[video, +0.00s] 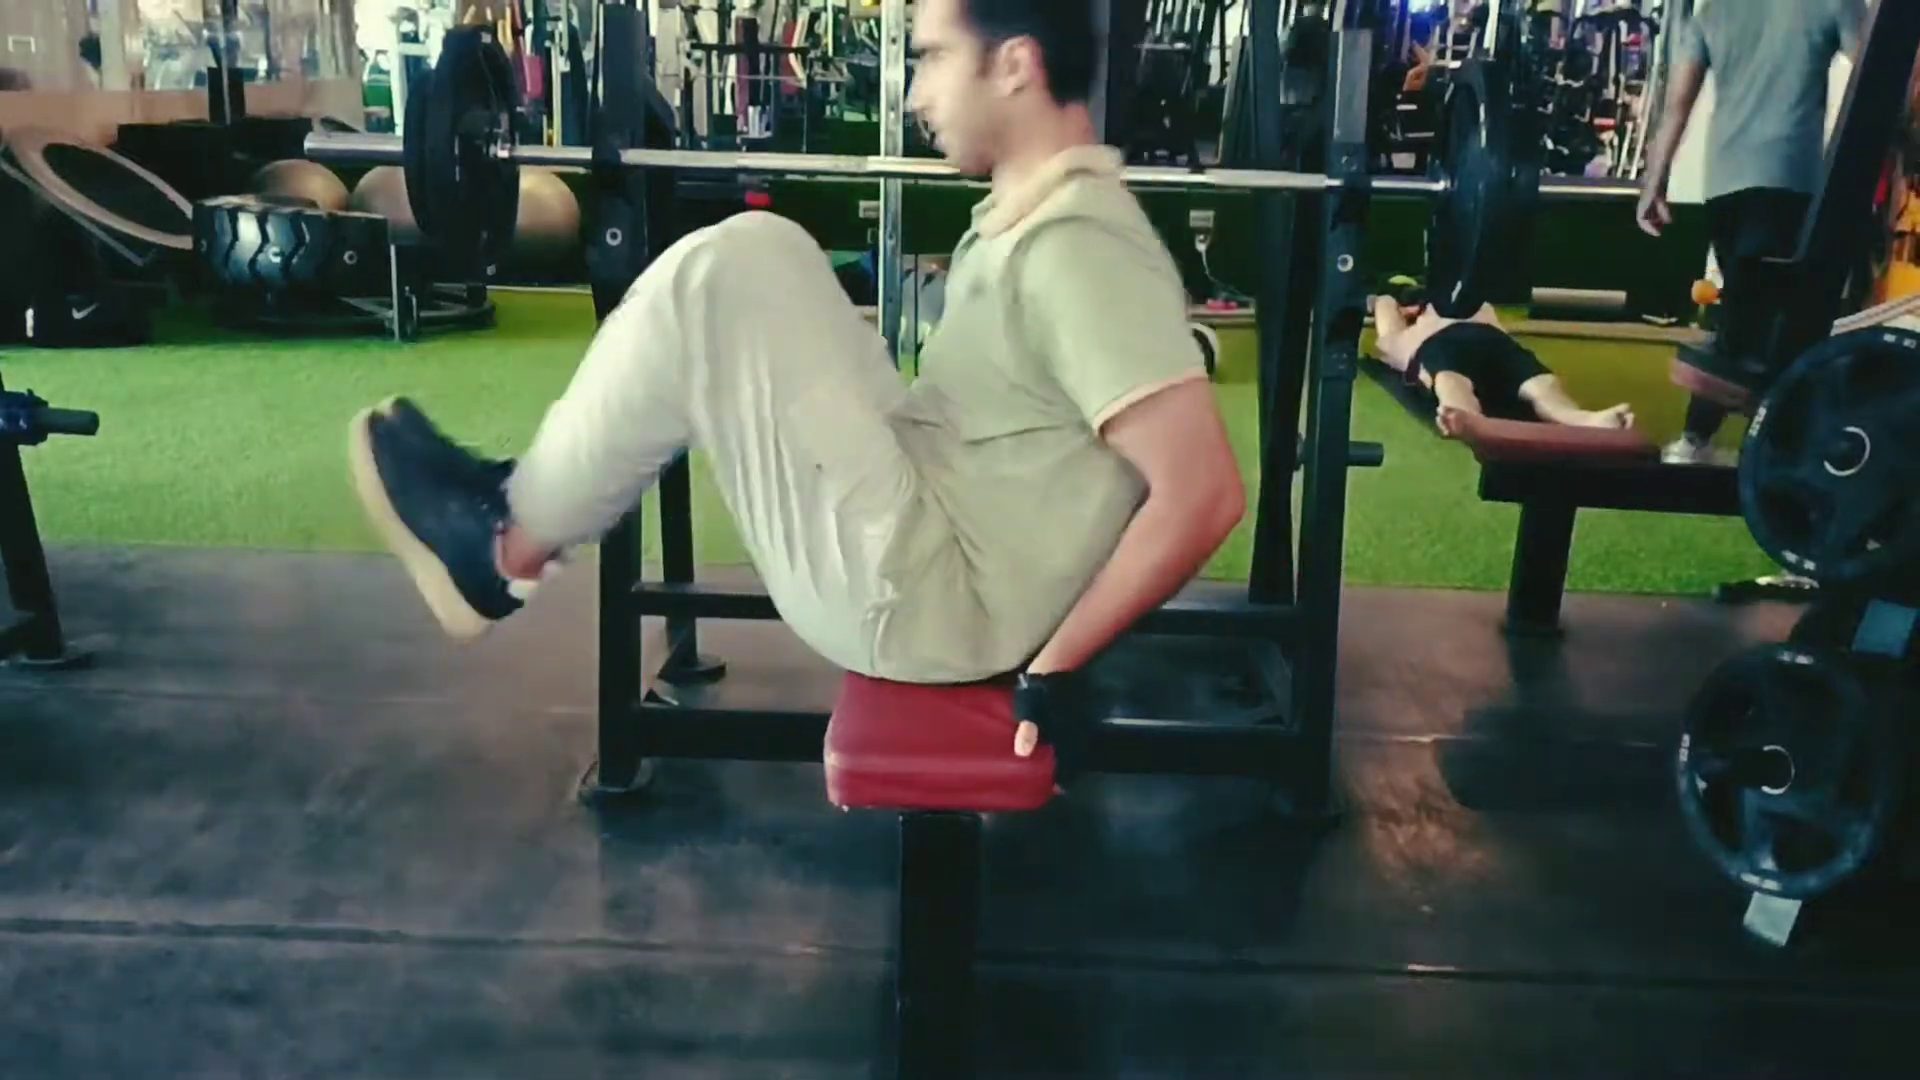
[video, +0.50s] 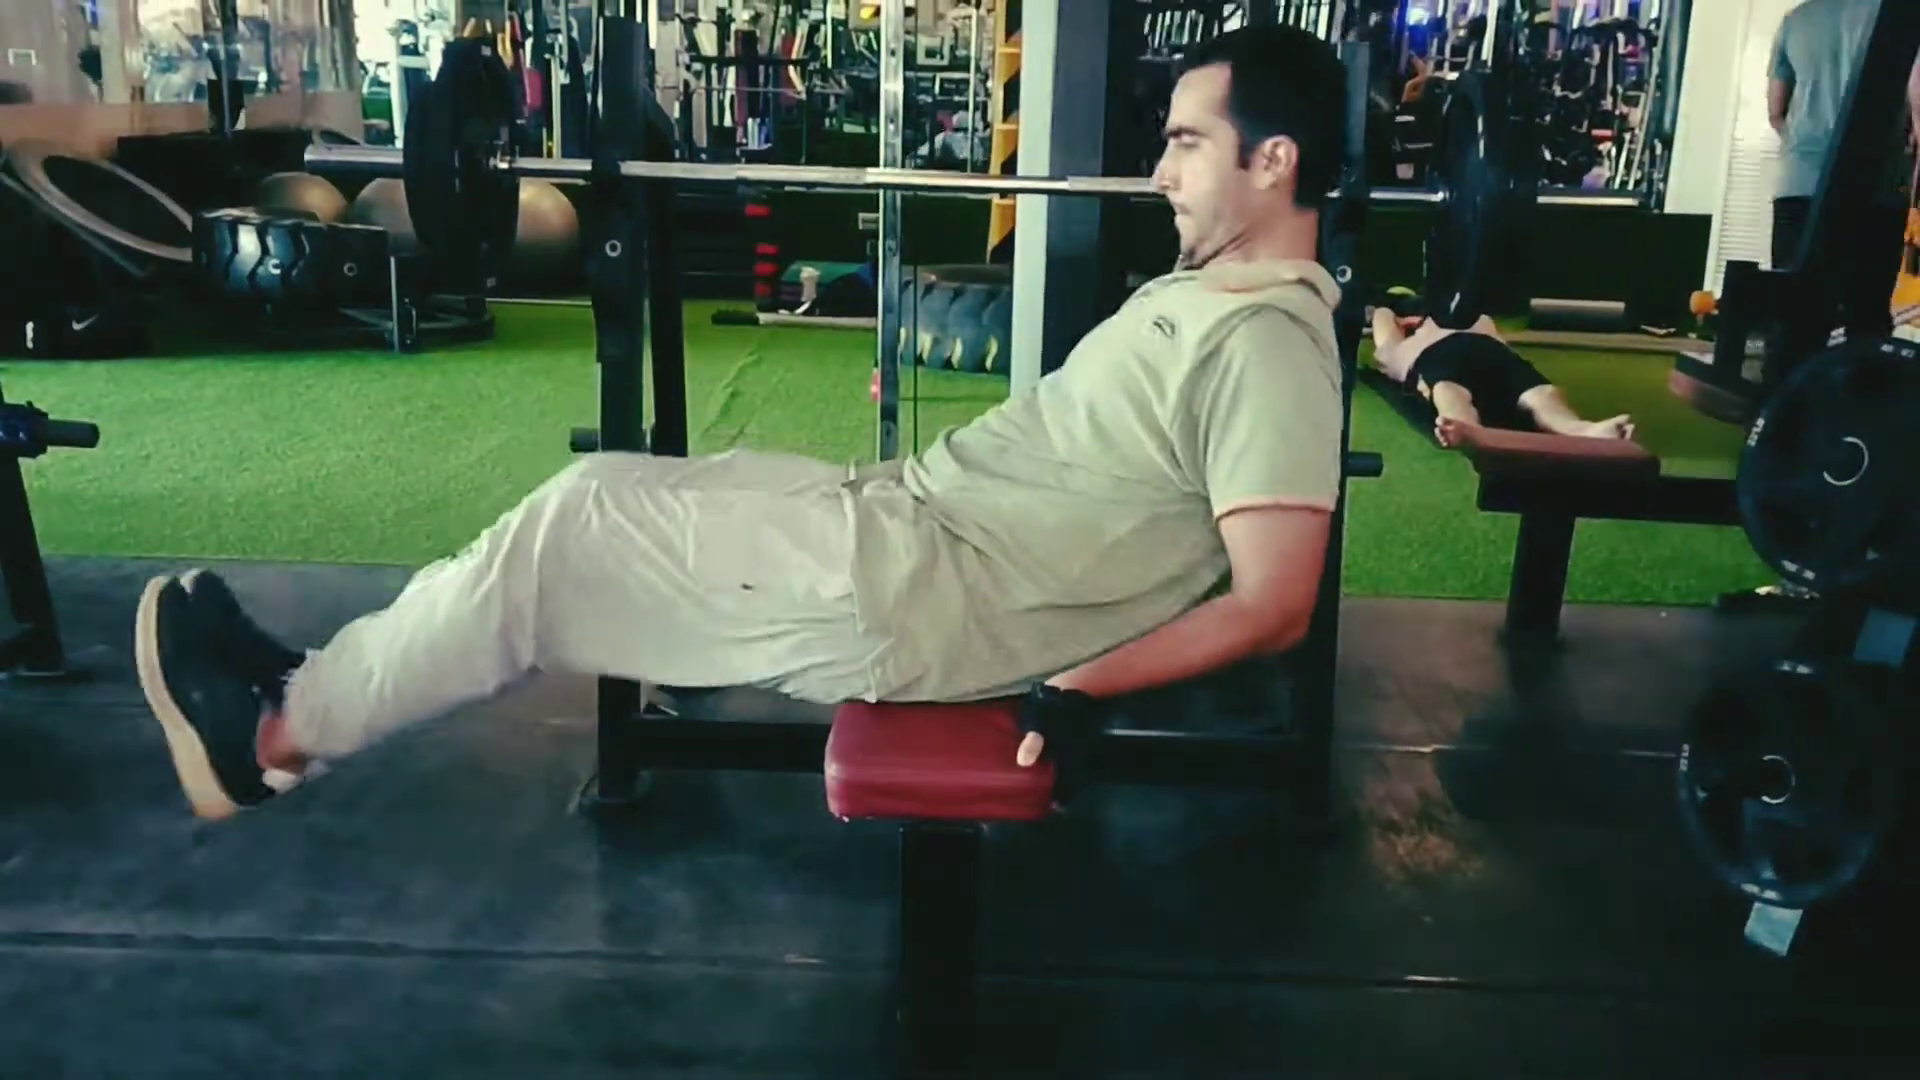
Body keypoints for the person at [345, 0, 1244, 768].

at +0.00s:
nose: (915, 91)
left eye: (930, 59)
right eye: (916, 62)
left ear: (1016, 67)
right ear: (1015, 71)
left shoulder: (1077, 238)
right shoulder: (1034, 219)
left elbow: (1201, 493)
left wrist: (1041, 675)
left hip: (938, 602)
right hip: (925, 568)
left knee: (737, 263)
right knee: (748, 253)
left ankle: (510, 544)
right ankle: (520, 528)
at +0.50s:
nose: (1164, 169)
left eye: (1190, 143)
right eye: (1170, 142)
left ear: (1280, 165)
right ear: (1261, 168)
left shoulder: (1269, 335)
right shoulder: (1212, 300)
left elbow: (1275, 602)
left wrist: (1068, 686)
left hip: (935, 590)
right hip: (908, 523)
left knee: (575, 535)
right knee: (589, 494)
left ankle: (272, 743)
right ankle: (303, 702)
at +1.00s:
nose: (930, 125)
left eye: (943, 91)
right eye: (926, 93)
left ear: (1030, 86)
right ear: (1023, 91)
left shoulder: (1087, 251)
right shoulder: (1045, 235)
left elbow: (1209, 510)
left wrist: (1040, 684)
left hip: (935, 615)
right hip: (920, 576)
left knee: (709, 291)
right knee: (721, 288)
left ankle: (490, 592)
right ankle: (497, 588)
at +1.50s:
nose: (1087, 139)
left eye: (1110, 111)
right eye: (1088, 112)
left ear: (1204, 122)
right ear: (1177, 125)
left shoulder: (1219, 288)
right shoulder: (1164, 262)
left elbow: (1257, 568)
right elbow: (1173, 509)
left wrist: (1065, 675)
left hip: (951, 600)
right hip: (924, 539)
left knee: (601, 443)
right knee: (613, 422)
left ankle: (322, 689)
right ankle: (357, 636)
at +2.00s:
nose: (1084, 165)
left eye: (1107, 137)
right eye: (1088, 137)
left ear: (1197, 150)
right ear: (1176, 152)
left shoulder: (1216, 324)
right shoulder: (1159, 294)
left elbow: (1255, 598)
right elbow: (1077, 488)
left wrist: (1058, 716)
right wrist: (909, 493)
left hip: (956, 639)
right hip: (937, 585)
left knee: (634, 410)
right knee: (651, 390)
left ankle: (350, 660)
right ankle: (371, 633)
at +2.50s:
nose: (1014, 142)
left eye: (1036, 113)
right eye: (1016, 112)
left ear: (1125, 128)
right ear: (1110, 129)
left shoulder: (1172, 303)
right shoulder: (1103, 267)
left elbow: (1225, 572)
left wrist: (1047, 736)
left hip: (957, 642)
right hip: (935, 570)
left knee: (697, 356)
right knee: (703, 346)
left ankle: (427, 624)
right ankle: (448, 584)